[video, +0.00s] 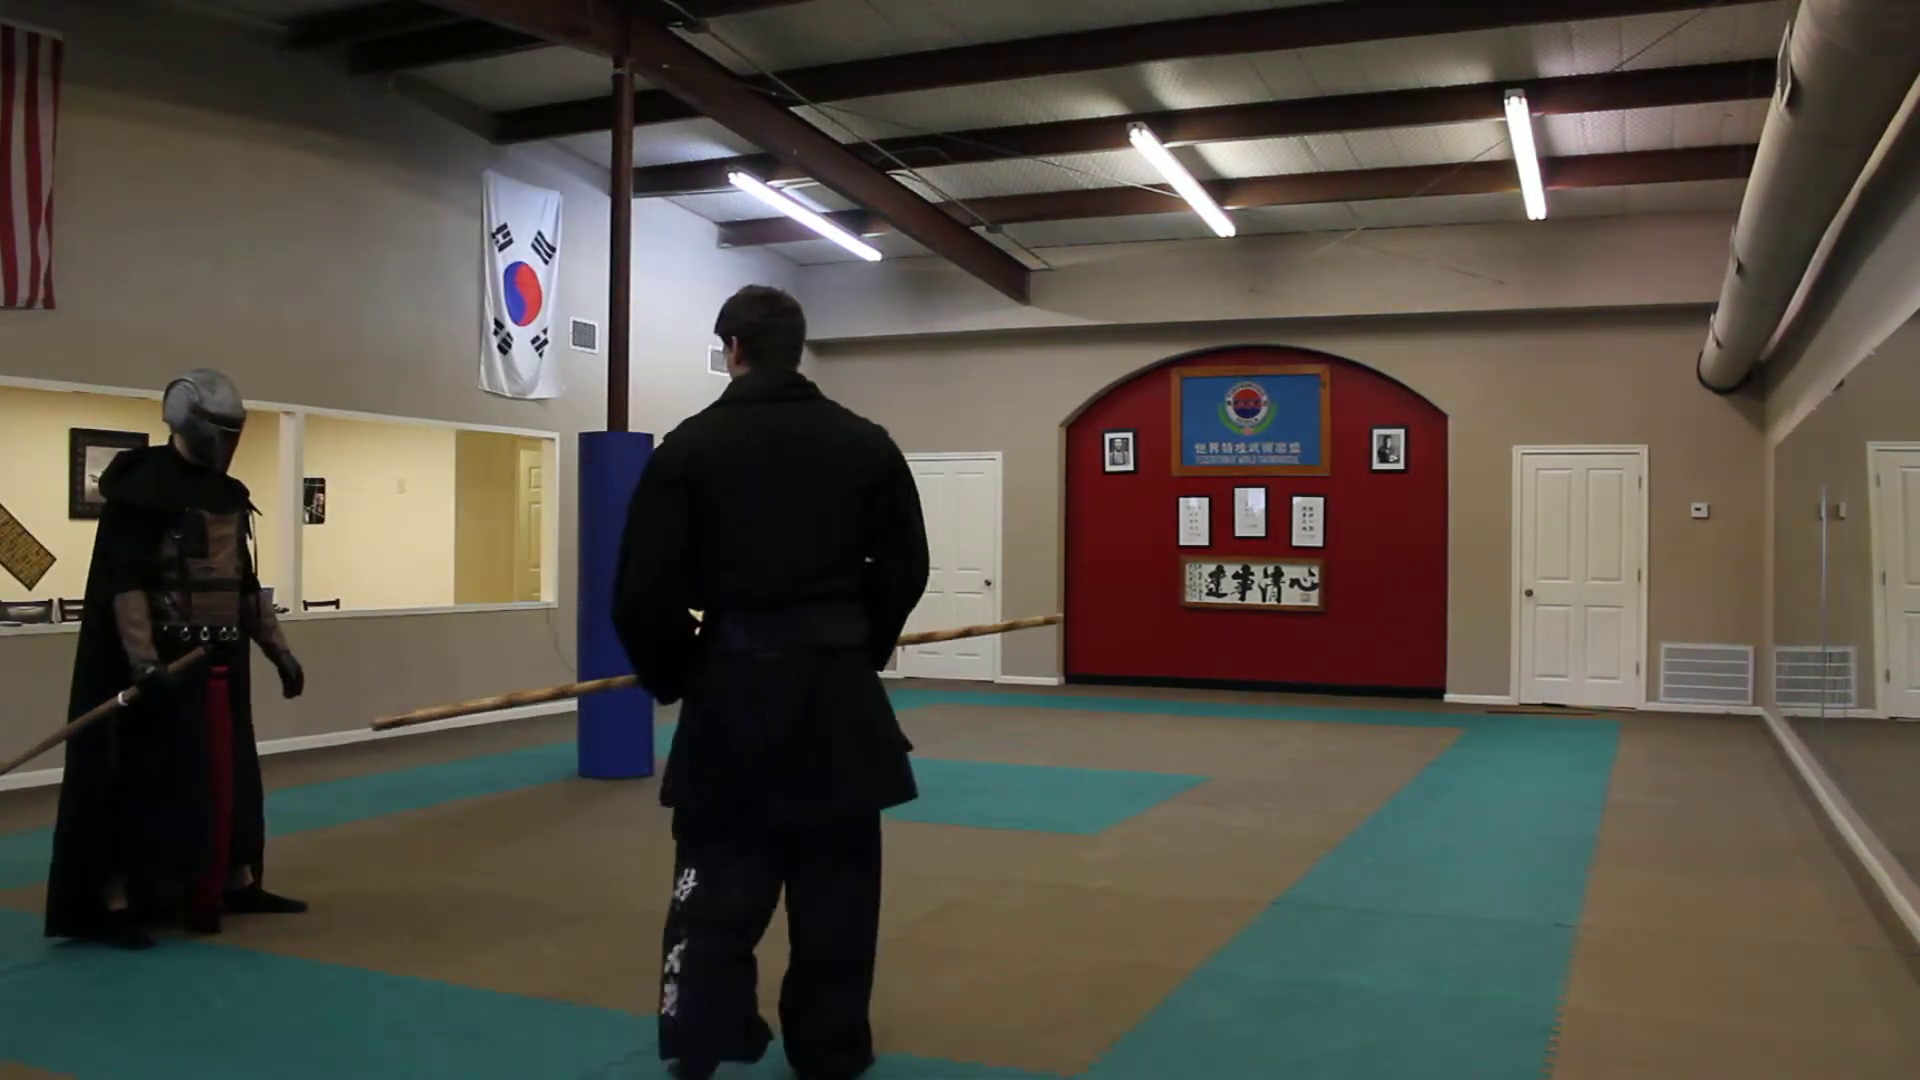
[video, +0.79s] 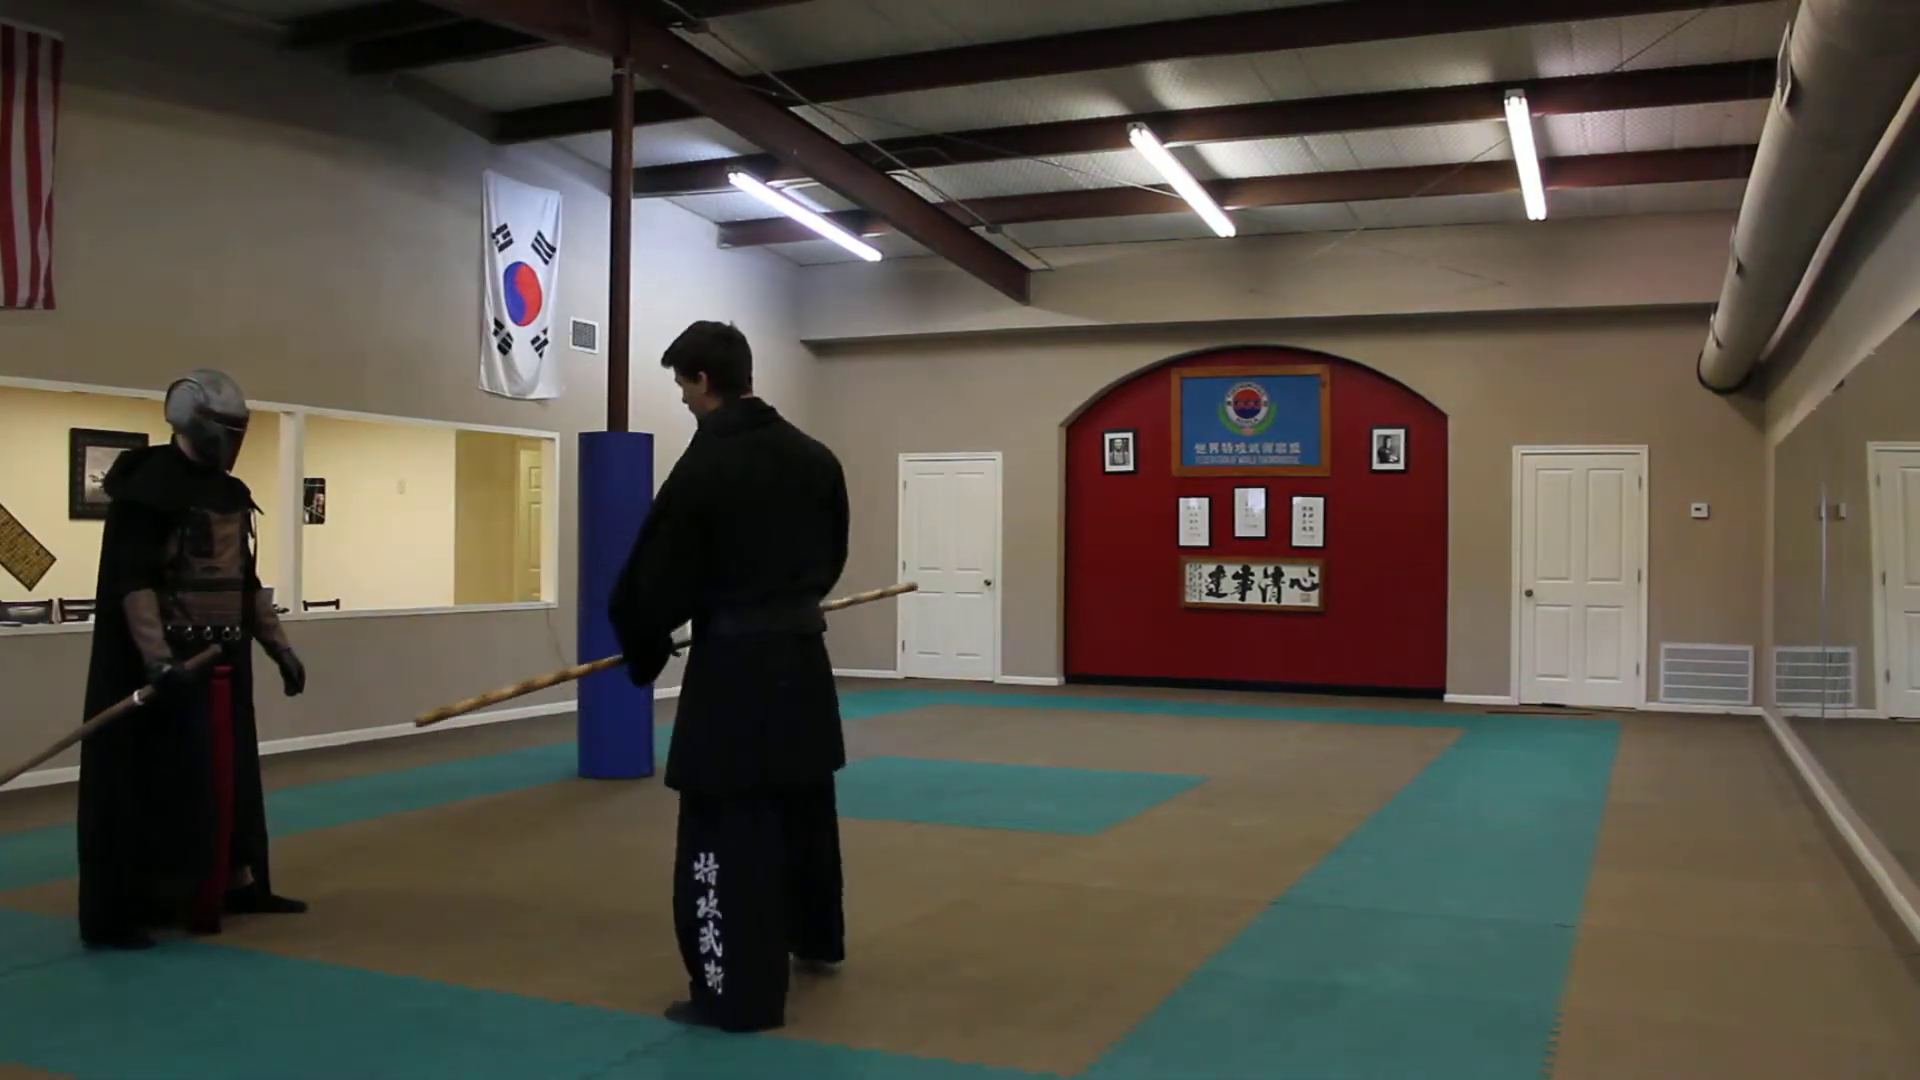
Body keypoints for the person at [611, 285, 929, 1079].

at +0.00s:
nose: (718, 358)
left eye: (719, 348)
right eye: (722, 347)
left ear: (732, 352)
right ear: (800, 351)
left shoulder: (688, 450)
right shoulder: (865, 443)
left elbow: (640, 594)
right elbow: (905, 570)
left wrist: (681, 676)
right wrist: (857, 654)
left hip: (730, 700)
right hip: (840, 702)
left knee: (715, 891)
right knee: (838, 897)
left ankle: (704, 1054)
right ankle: (832, 1057)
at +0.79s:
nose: (682, 399)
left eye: (682, 386)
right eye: (681, 386)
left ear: (701, 382)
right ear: (745, 377)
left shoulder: (703, 468)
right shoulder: (816, 459)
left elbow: (645, 586)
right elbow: (830, 562)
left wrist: (647, 651)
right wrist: (785, 603)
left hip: (730, 668)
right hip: (803, 661)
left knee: (719, 824)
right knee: (807, 804)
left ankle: (733, 994)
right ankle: (818, 939)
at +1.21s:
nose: (697, 422)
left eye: (701, 408)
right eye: (696, 410)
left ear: (731, 402)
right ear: (740, 401)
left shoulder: (769, 471)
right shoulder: (778, 457)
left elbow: (759, 589)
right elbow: (742, 559)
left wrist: (719, 670)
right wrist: (707, 612)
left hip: (808, 664)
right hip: (822, 655)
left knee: (794, 812)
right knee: (822, 806)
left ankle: (821, 966)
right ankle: (845, 942)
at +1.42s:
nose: (686, 434)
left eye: (692, 422)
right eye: (685, 422)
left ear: (725, 418)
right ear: (724, 419)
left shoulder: (793, 488)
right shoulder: (728, 494)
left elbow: (811, 595)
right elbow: (707, 590)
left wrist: (747, 667)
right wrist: (679, 663)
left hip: (826, 676)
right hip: (770, 678)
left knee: (847, 811)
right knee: (754, 789)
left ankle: (894, 958)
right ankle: (809, 936)